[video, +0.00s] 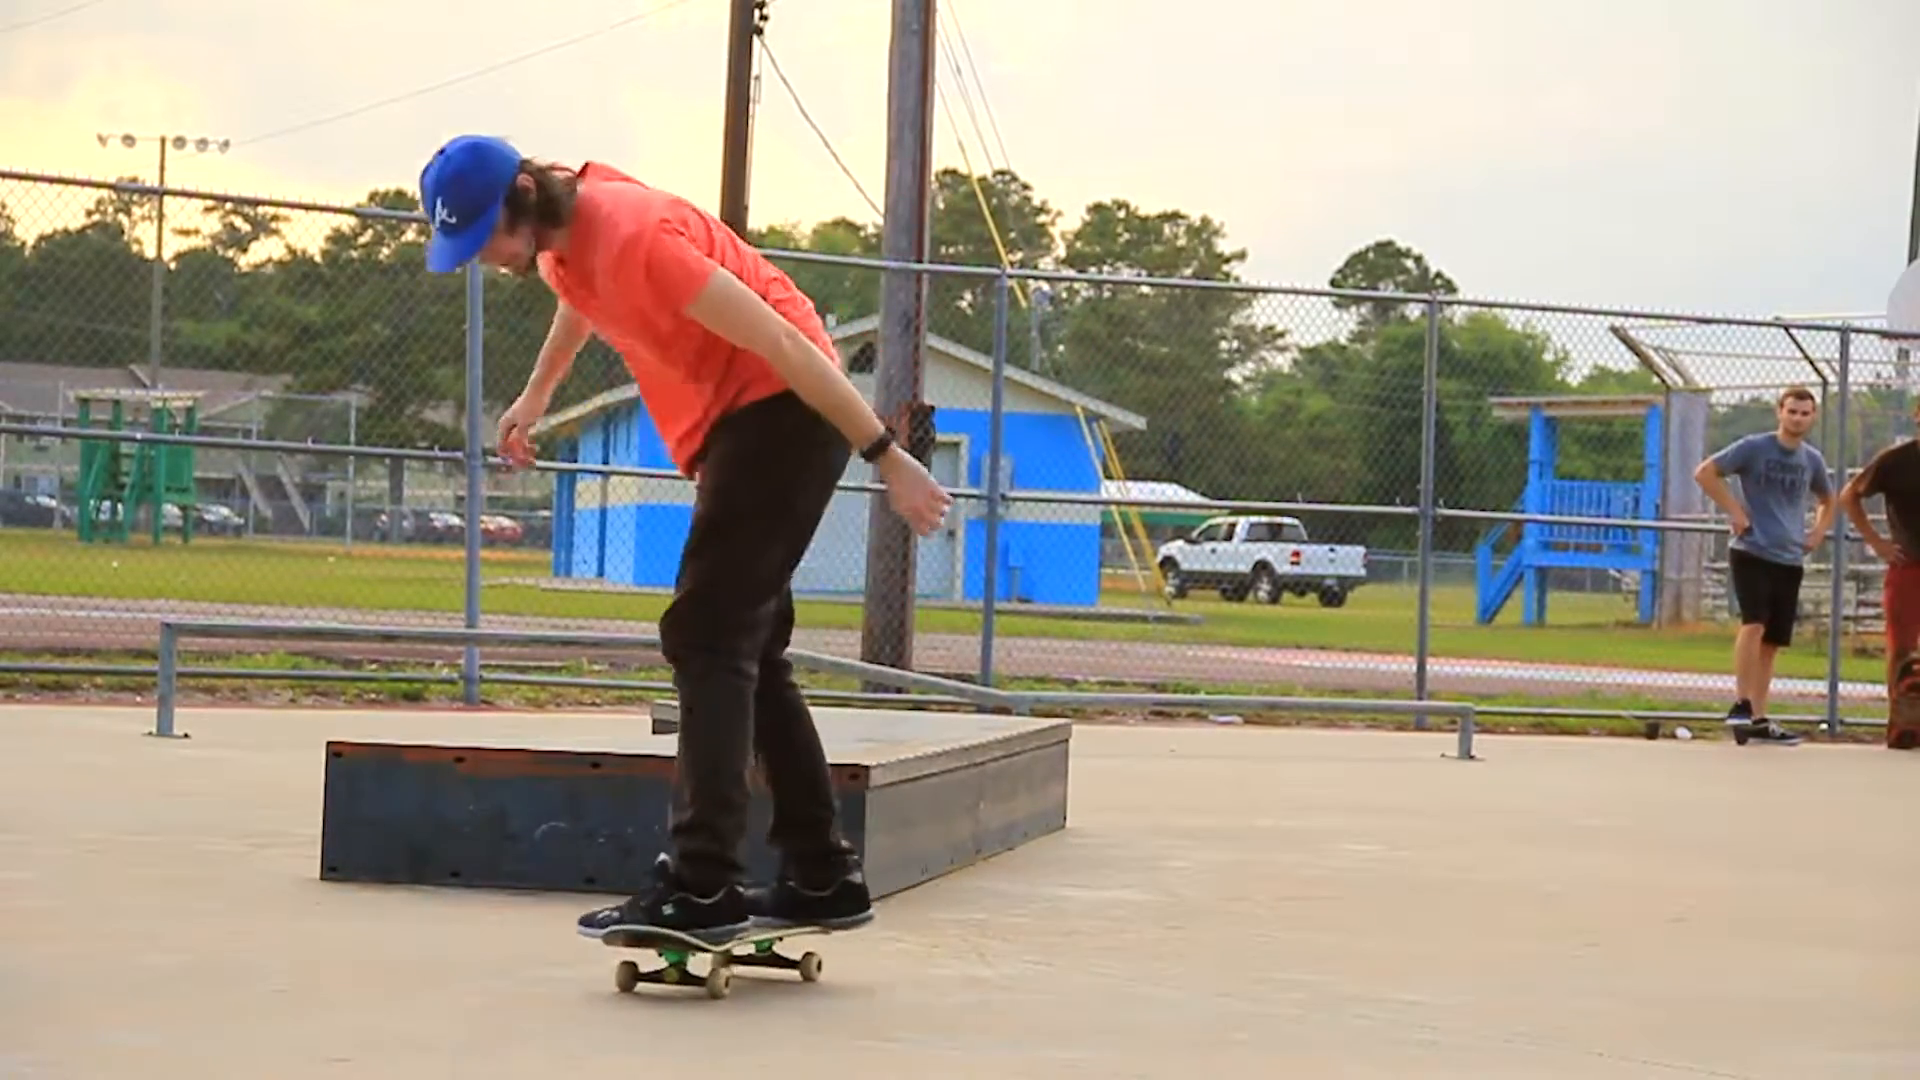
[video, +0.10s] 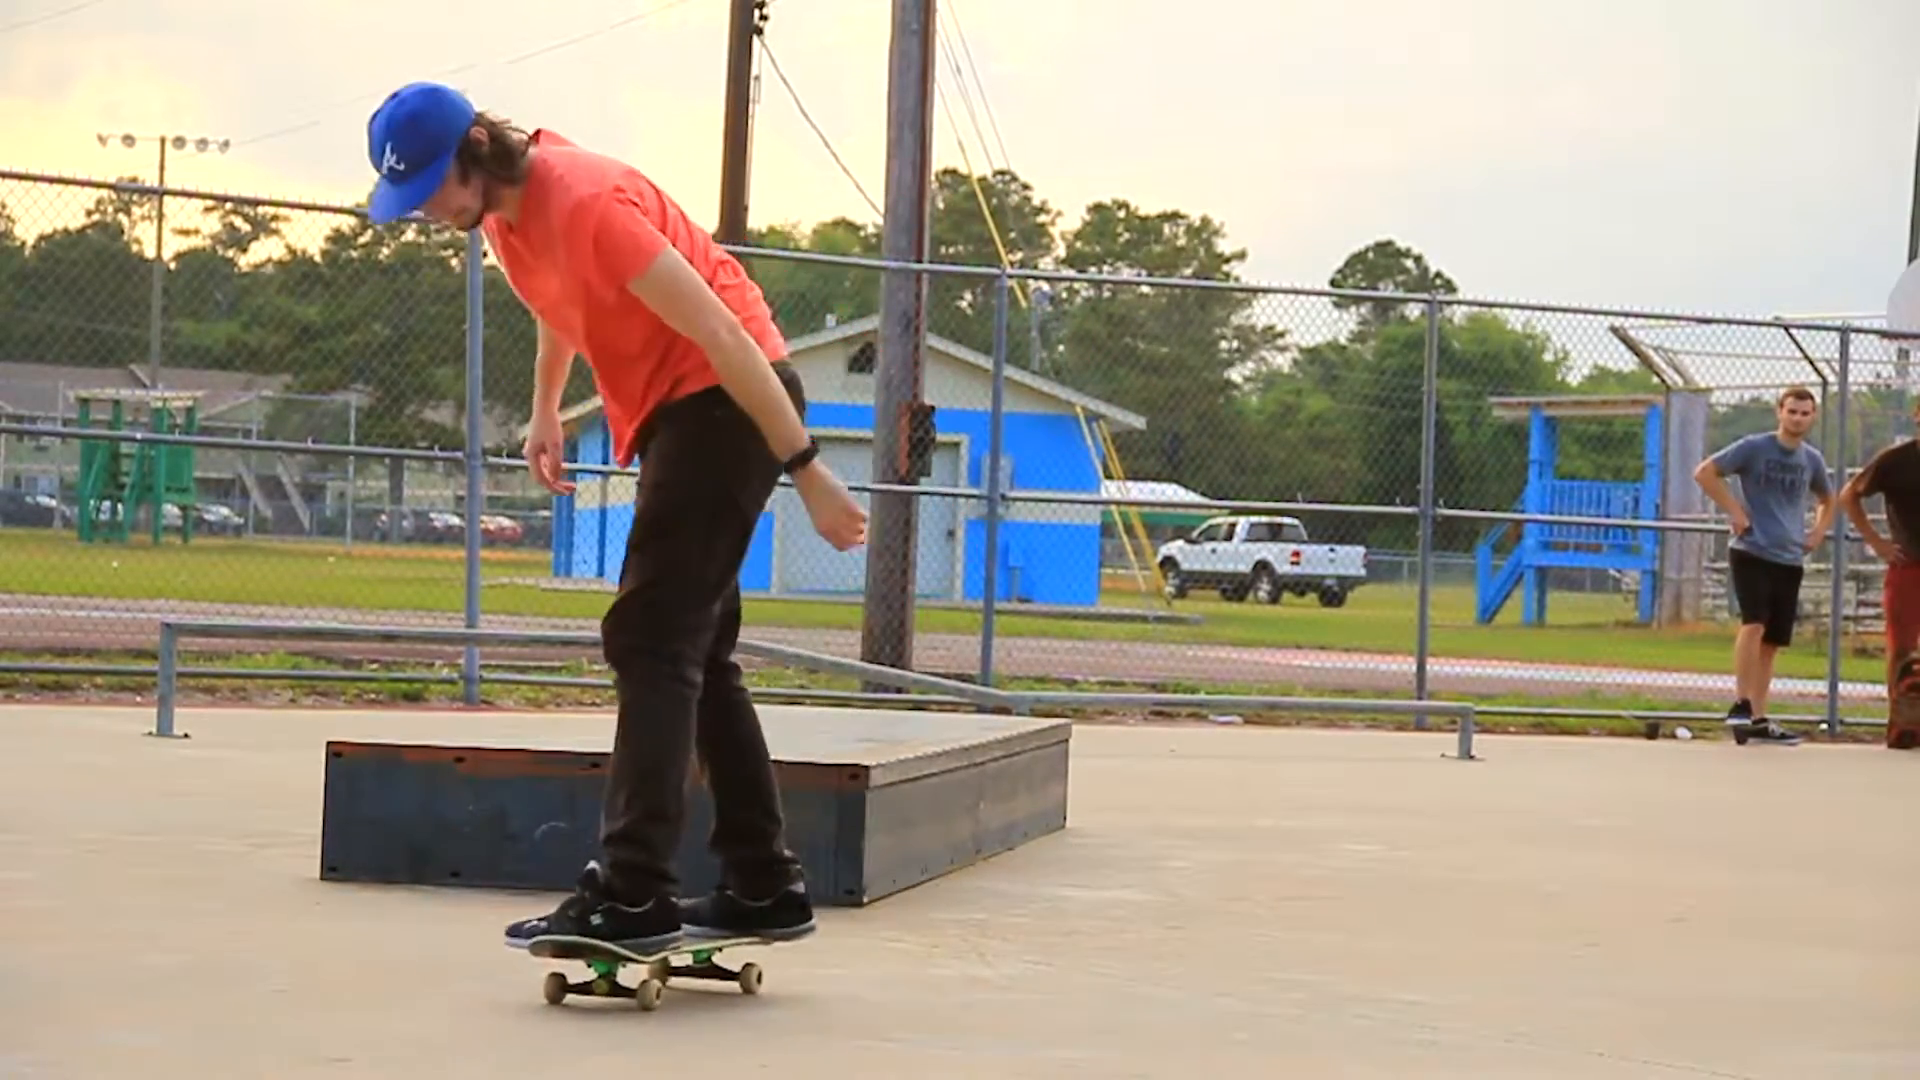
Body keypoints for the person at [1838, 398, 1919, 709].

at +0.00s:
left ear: (1914, 417)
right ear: (1915, 417)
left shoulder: (1900, 458)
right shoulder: (1900, 458)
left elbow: (1850, 496)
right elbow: (1849, 495)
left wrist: (1877, 543)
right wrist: (1877, 543)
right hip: (1907, 569)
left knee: (1905, 657)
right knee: (1903, 656)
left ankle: (1906, 739)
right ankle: (1903, 741)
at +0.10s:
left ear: (1914, 416)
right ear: (1915, 416)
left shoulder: (1901, 457)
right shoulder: (1900, 458)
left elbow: (1850, 496)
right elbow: (1849, 495)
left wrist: (1877, 544)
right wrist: (1877, 543)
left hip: (1909, 568)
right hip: (1906, 567)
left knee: (1904, 650)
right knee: (1903, 648)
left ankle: (1905, 726)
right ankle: (1902, 726)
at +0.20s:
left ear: (1913, 415)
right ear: (1915, 415)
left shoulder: (1901, 457)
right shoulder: (1901, 458)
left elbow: (1849, 495)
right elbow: (1849, 495)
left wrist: (1875, 542)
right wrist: (1876, 542)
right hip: (1907, 567)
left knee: (1905, 653)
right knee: (1903, 652)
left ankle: (1904, 732)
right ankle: (1902, 732)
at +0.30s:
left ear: (1914, 415)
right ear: (1915, 415)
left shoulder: (1901, 457)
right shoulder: (1900, 458)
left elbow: (1849, 495)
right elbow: (1849, 495)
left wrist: (1875, 541)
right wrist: (1876, 542)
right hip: (1907, 567)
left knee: (1905, 654)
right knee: (1903, 653)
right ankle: (1901, 732)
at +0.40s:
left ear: (1914, 415)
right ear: (1915, 415)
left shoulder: (1901, 458)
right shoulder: (1900, 458)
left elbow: (1850, 495)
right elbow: (1849, 496)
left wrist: (1875, 541)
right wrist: (1876, 541)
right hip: (1907, 567)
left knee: (1904, 654)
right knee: (1902, 652)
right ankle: (1901, 734)